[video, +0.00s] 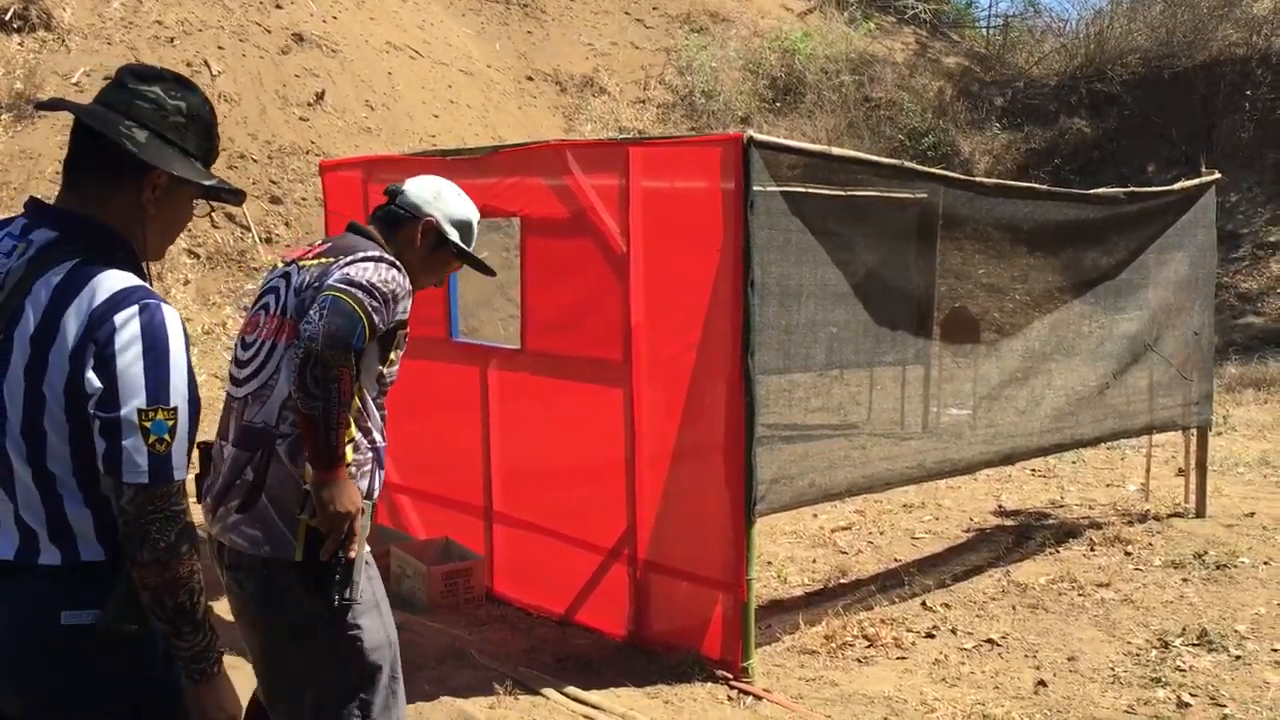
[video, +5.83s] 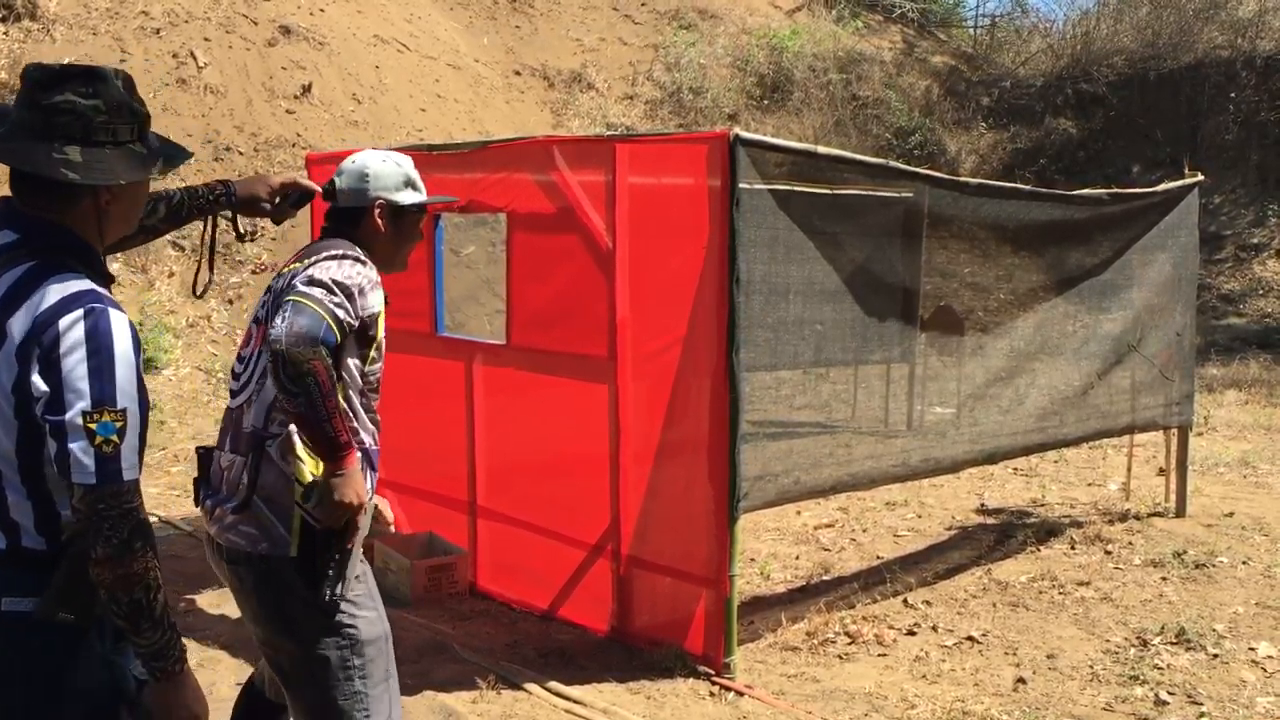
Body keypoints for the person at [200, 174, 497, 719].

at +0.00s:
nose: (444, 281)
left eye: (455, 269)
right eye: (450, 263)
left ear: (397, 224)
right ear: (423, 234)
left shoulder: (301, 264)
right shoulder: (382, 271)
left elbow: (248, 380)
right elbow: (326, 345)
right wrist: (333, 475)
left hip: (249, 540)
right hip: (310, 548)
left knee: (290, 698)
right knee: (363, 704)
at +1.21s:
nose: (405, 240)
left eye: (412, 227)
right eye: (406, 224)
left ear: (340, 196)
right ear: (373, 207)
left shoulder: (267, 253)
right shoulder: (327, 261)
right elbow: (299, 349)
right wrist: (400, 429)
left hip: (234, 533)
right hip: (289, 542)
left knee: (268, 698)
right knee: (349, 705)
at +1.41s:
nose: (390, 220)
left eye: (394, 205)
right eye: (388, 202)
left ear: (329, 190)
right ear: (349, 193)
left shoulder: (251, 255)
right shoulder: (320, 272)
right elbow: (358, 414)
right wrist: (423, 518)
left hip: (228, 532)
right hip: (288, 540)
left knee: (264, 695)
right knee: (345, 702)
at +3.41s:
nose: (400, 223)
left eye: (401, 208)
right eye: (395, 207)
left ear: (334, 202)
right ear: (357, 207)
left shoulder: (265, 267)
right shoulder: (337, 287)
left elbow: (275, 407)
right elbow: (352, 431)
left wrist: (335, 494)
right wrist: (402, 544)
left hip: (221, 528)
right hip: (279, 538)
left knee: (286, 693)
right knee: (363, 696)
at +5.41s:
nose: (406, 228)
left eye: (407, 213)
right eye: (400, 212)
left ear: (340, 210)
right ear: (360, 211)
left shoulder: (274, 270)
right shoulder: (339, 291)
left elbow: (281, 413)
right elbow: (353, 435)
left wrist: (343, 509)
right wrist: (402, 547)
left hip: (224, 526)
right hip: (281, 540)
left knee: (276, 686)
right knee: (366, 698)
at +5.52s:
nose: (405, 231)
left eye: (407, 217)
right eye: (401, 216)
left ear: (334, 210)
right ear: (362, 213)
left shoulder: (269, 272)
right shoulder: (342, 286)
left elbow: (266, 415)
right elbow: (336, 411)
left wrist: (337, 503)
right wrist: (401, 515)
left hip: (225, 528)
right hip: (281, 540)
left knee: (276, 687)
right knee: (367, 701)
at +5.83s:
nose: (422, 233)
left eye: (423, 219)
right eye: (417, 218)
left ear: (354, 214)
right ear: (378, 217)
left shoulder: (303, 270)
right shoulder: (349, 269)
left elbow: (291, 409)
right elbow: (298, 340)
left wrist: (362, 493)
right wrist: (344, 462)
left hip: (252, 530)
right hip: (300, 539)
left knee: (285, 683)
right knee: (363, 707)